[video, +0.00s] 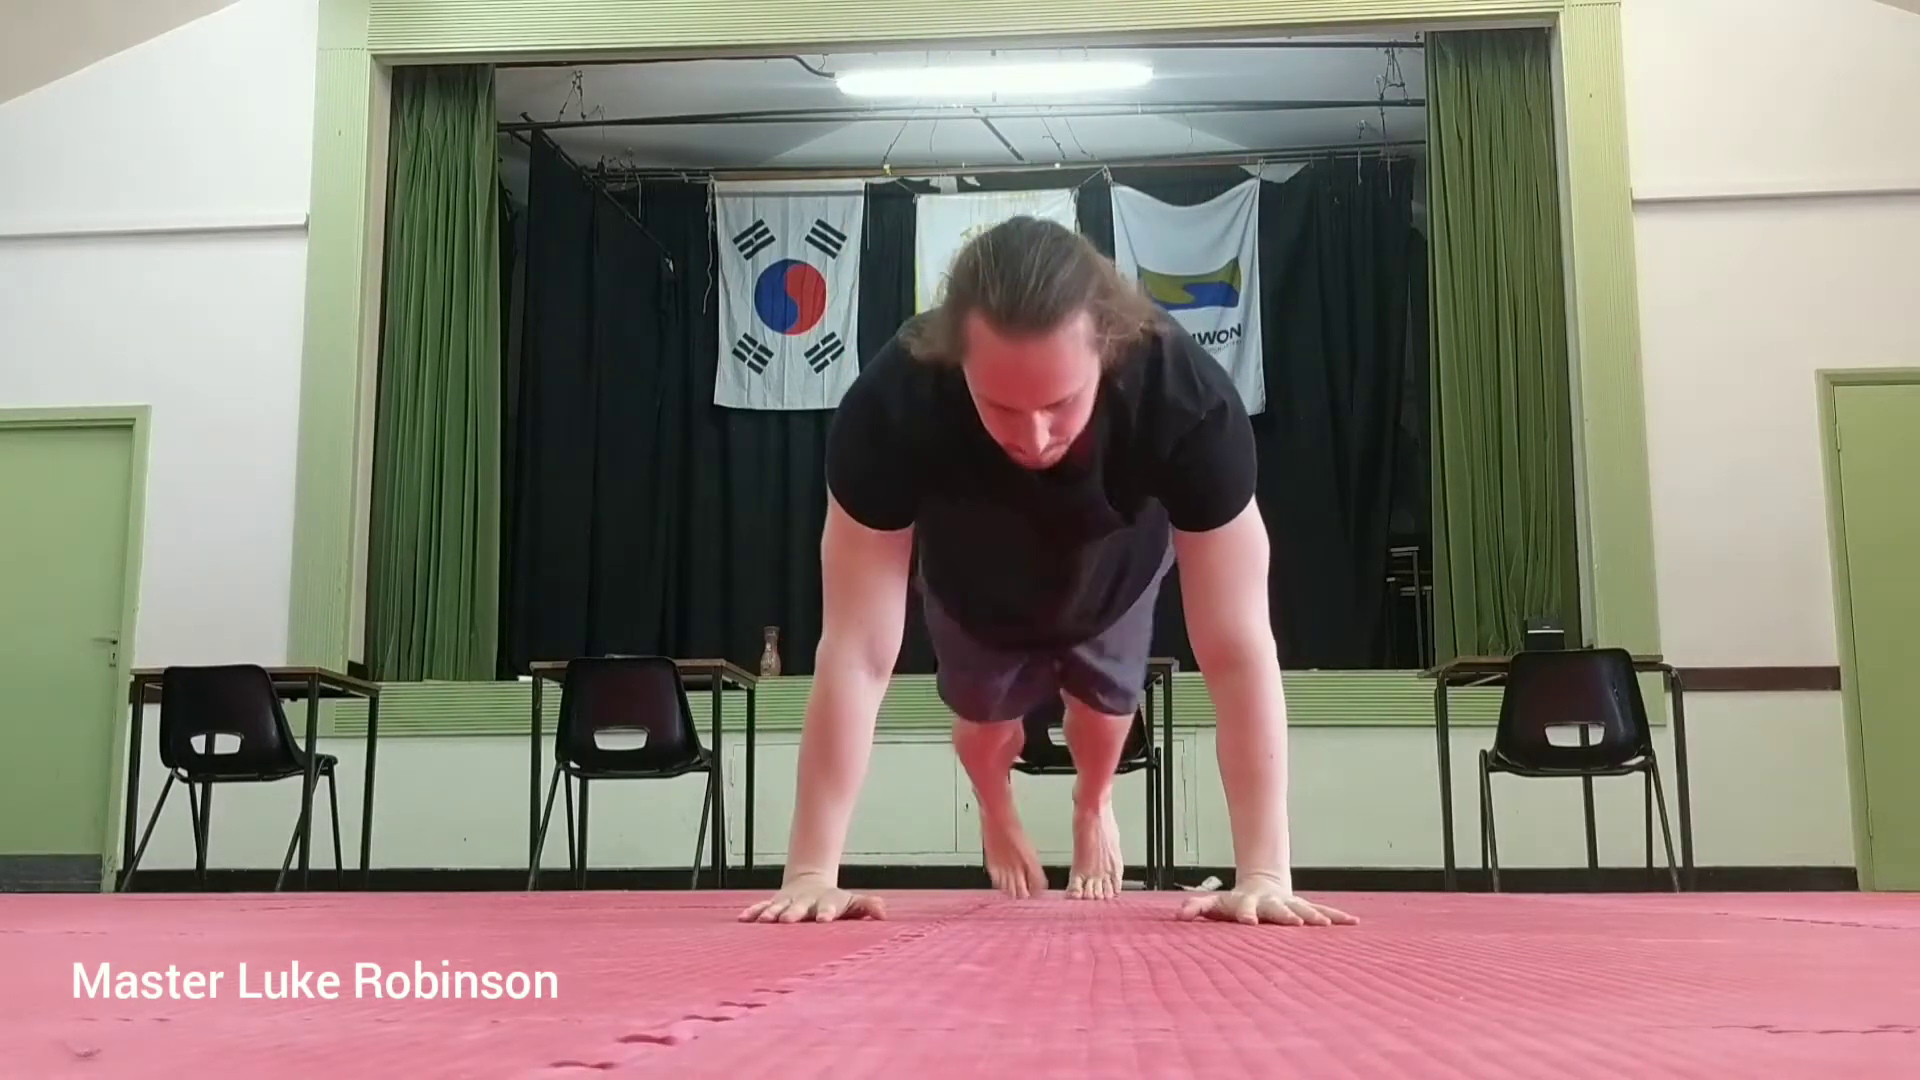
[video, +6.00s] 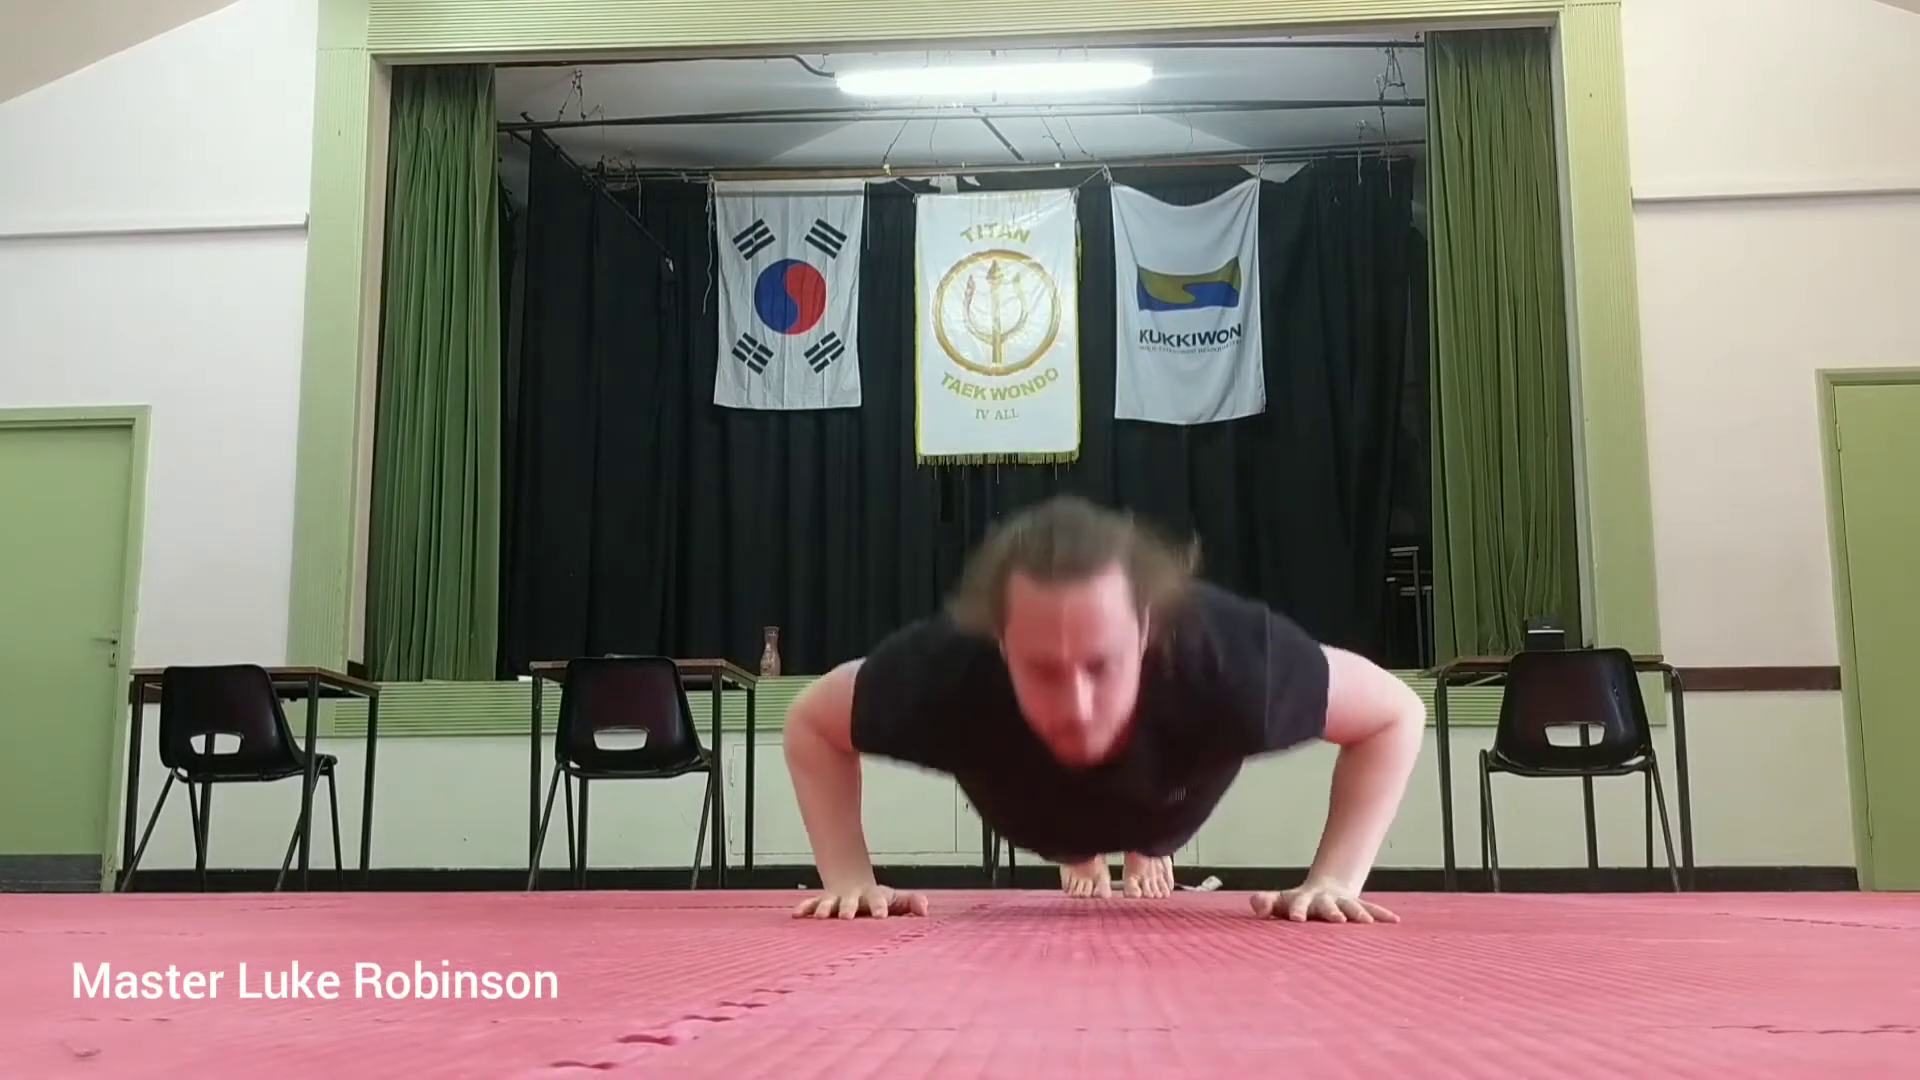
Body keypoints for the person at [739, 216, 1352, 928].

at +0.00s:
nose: (1033, 438)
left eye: (1061, 406)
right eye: (1004, 410)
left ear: (1107, 353)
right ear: (959, 360)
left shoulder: (1185, 406)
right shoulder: (893, 412)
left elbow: (1238, 653)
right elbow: (856, 652)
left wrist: (1262, 873)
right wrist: (811, 868)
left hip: (1114, 589)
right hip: (973, 594)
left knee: (1106, 714)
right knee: (986, 724)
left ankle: (1094, 813)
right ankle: (998, 819)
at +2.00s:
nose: (1075, 451)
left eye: (1099, 419)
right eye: (1046, 423)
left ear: (1140, 379)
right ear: (1010, 389)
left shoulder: (1219, 443)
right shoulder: (957, 466)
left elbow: (1266, 666)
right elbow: (913, 674)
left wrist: (1298, 873)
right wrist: (874, 870)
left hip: (1167, 617)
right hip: (1040, 627)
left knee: (1155, 725)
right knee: (1050, 724)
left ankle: (1136, 817)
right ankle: (1052, 829)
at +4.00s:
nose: (1077, 750)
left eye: (1102, 714)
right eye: (1044, 716)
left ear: (1147, 680)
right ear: (999, 686)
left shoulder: (1229, 697)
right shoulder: (946, 705)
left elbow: (1380, 711)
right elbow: (800, 719)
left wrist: (1333, 875)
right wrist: (843, 872)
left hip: (1152, 844)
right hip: (1024, 858)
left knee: (1152, 872)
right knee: (1049, 887)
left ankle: (1157, 877)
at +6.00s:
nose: (1076, 700)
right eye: (1046, 672)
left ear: (1145, 635)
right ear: (1003, 646)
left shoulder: (1229, 662)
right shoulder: (948, 675)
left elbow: (1394, 716)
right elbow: (813, 723)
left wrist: (1337, 878)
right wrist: (848, 880)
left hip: (1167, 795)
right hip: (1032, 806)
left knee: (1146, 822)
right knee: (1067, 833)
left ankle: (1144, 851)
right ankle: (1082, 855)